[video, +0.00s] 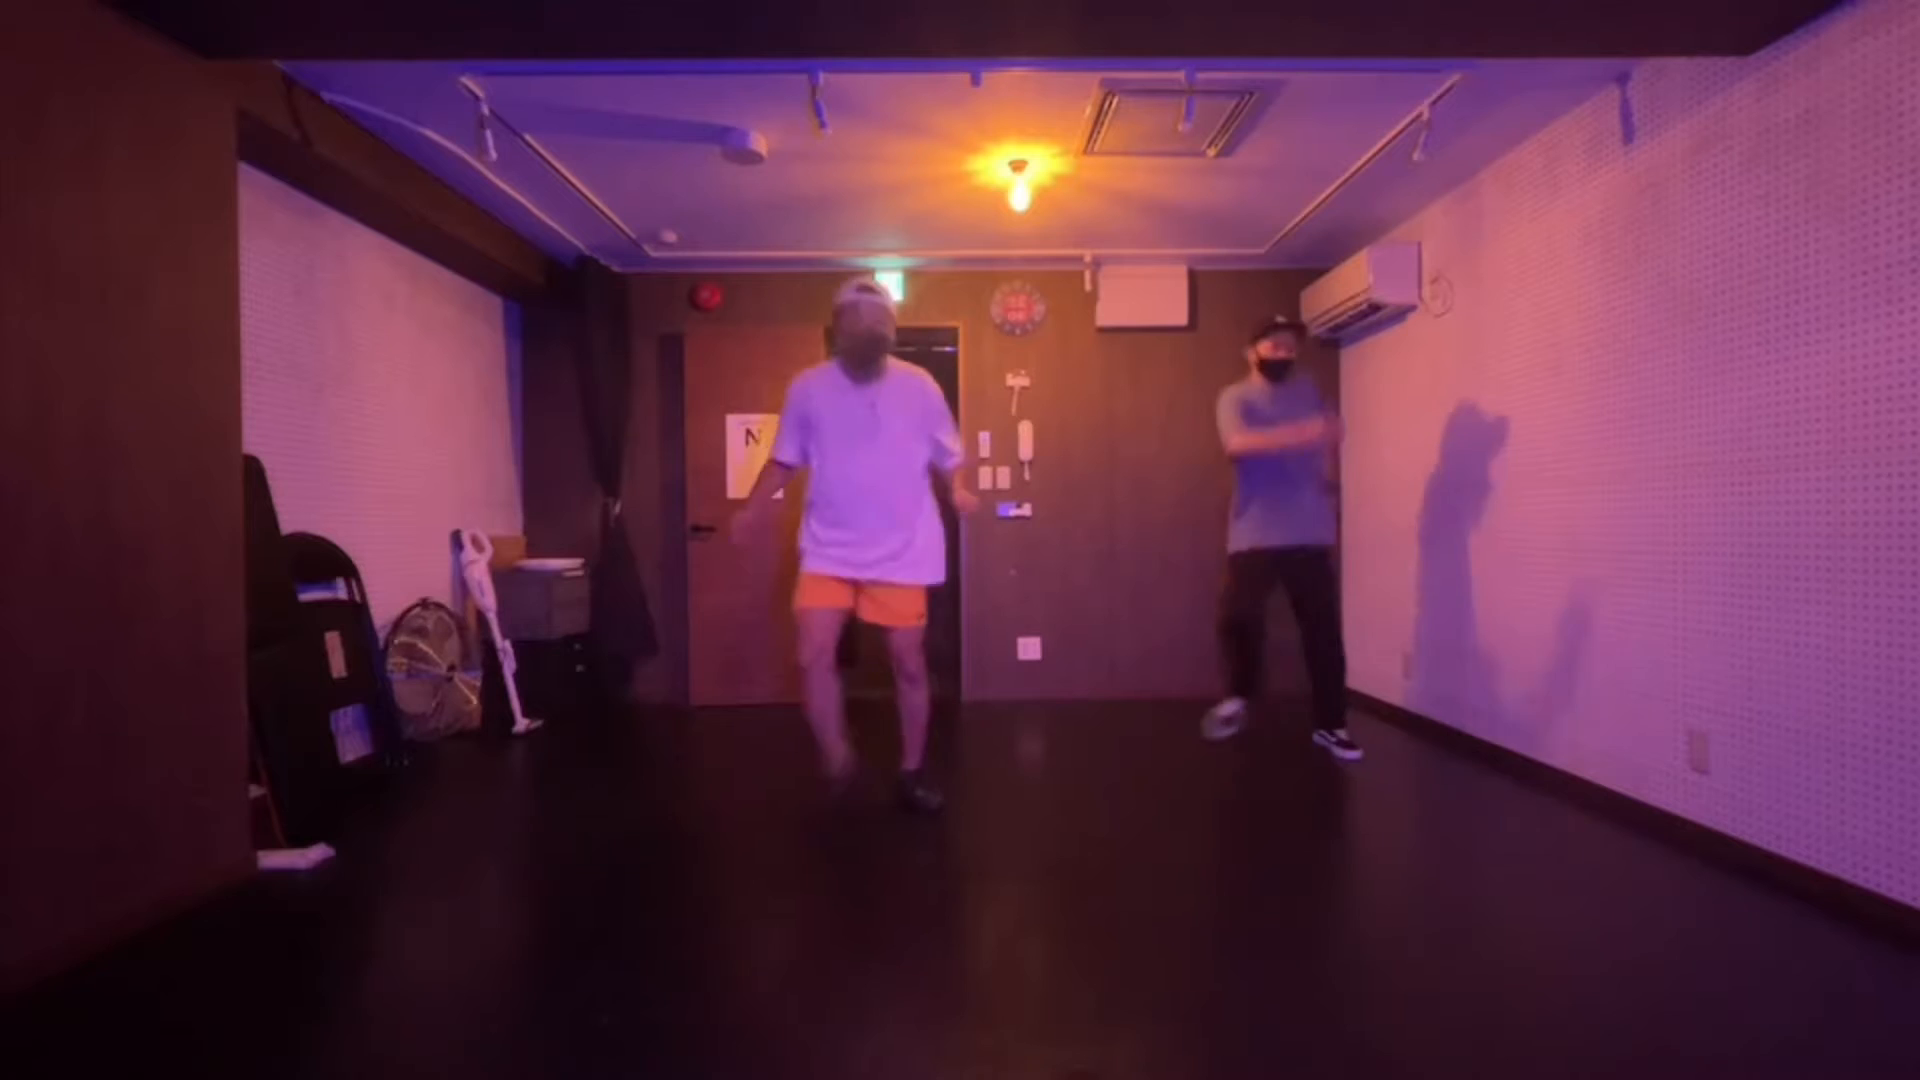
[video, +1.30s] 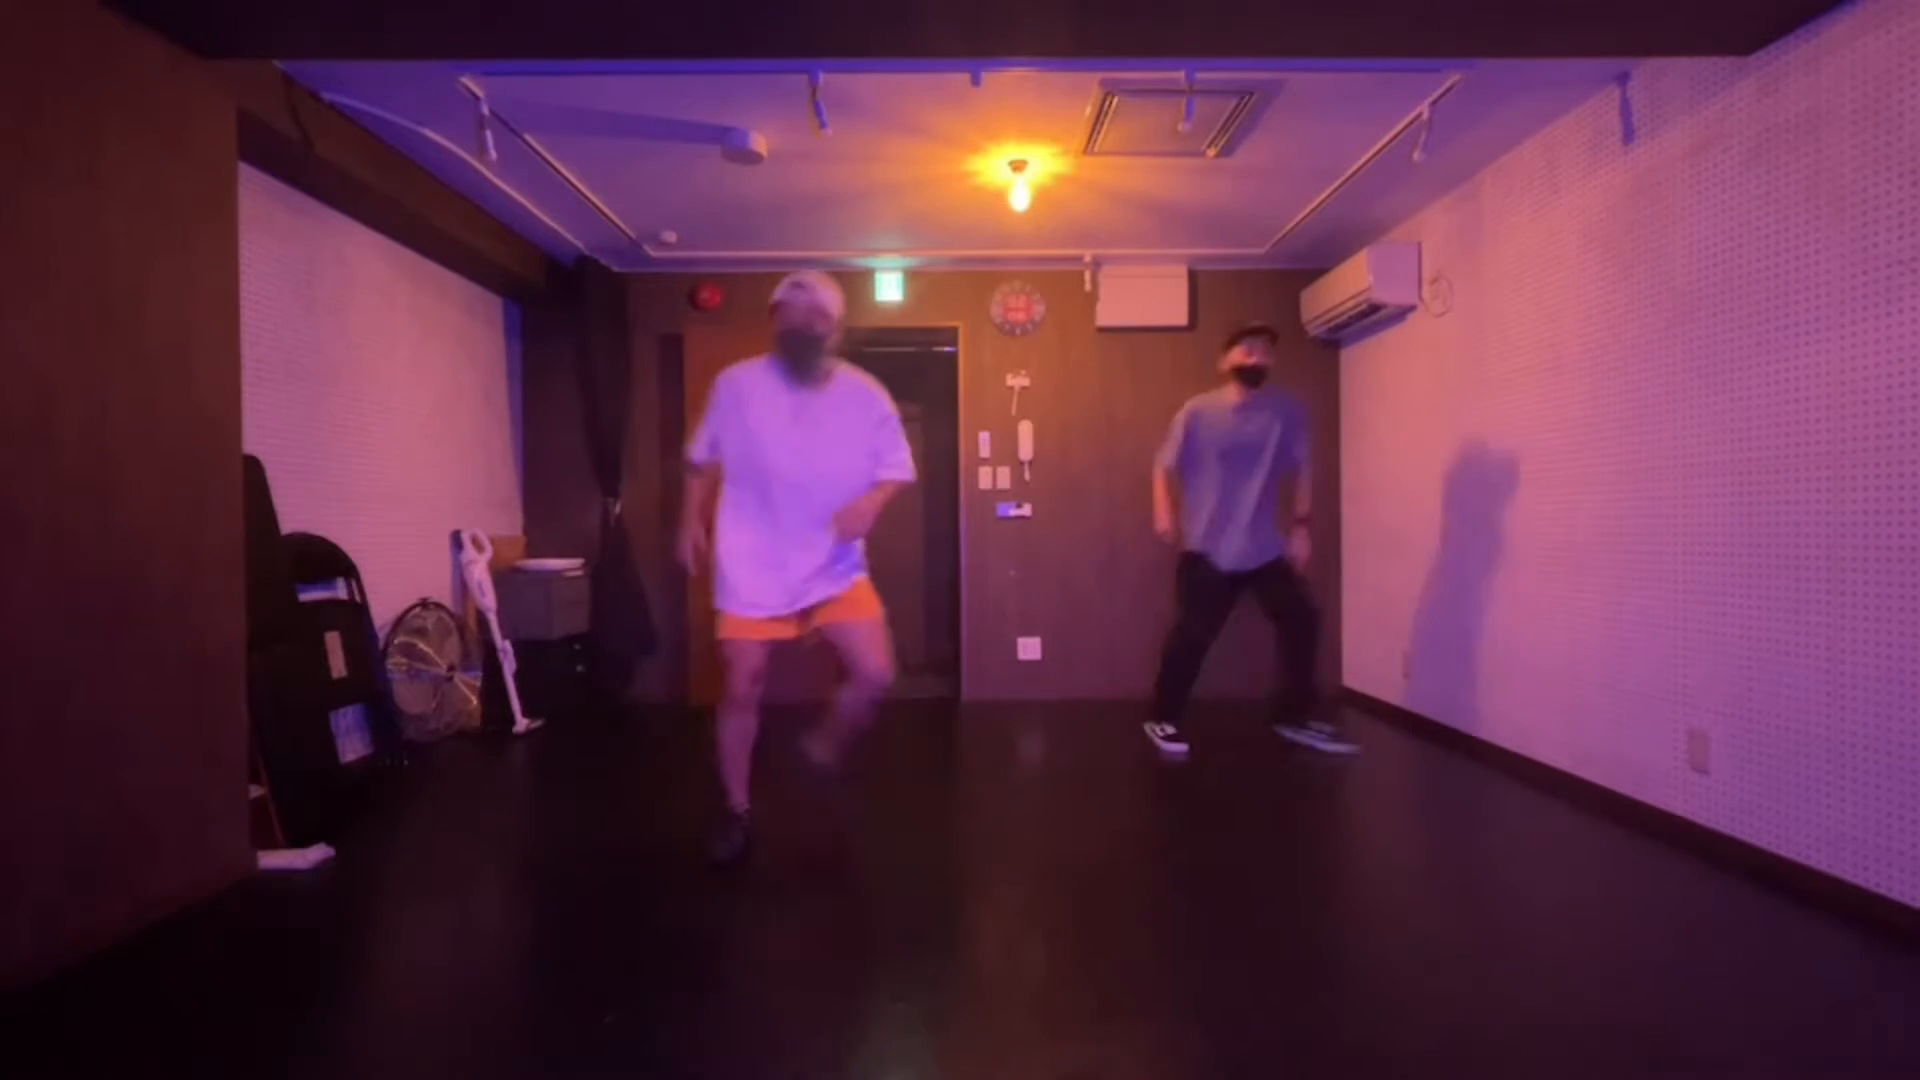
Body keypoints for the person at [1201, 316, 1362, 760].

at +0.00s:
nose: (1280, 352)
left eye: (1287, 344)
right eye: (1272, 343)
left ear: (1297, 350)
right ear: (1253, 350)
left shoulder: (1307, 395)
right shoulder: (1236, 397)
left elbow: (1326, 451)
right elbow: (1235, 443)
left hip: (1308, 534)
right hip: (1254, 537)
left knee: (1323, 633)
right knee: (1237, 618)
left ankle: (1330, 723)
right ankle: (1238, 698)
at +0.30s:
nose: (1248, 359)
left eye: (1256, 352)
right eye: (1240, 351)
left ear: (1266, 358)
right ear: (1220, 358)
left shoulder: (1273, 396)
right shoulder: (1204, 394)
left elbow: (1286, 453)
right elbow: (1212, 427)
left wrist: (1294, 491)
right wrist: (1287, 410)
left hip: (1264, 545)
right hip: (1211, 546)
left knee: (1295, 641)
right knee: (1201, 642)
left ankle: (1320, 723)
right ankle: (1185, 725)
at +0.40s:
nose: (1242, 376)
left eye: (1249, 368)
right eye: (1233, 368)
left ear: (1258, 372)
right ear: (1216, 372)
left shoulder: (1267, 417)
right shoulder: (1194, 413)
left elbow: (1274, 481)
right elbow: (1185, 466)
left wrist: (1274, 538)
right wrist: (1263, 453)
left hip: (1249, 551)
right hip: (1194, 551)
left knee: (1283, 639)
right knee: (1182, 642)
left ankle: (1299, 717)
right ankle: (1163, 723)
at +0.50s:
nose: (1225, 408)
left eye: (1231, 399)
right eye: (1216, 399)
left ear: (1240, 404)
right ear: (1198, 405)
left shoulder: (1251, 449)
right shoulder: (1174, 451)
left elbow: (1259, 502)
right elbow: (1146, 512)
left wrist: (1248, 539)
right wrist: (1206, 521)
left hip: (1226, 568)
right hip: (1178, 569)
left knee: (1250, 631)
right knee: (1187, 646)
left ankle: (1252, 708)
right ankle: (1161, 723)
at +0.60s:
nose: (1210, 406)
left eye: (1217, 396)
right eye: (1201, 397)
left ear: (1227, 401)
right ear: (1183, 405)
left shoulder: (1243, 446)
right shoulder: (1164, 453)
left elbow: (1253, 499)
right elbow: (1132, 507)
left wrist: (1230, 532)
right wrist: (1165, 540)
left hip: (1223, 571)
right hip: (1176, 570)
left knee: (1234, 644)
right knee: (1181, 650)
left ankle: (1217, 701)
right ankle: (1163, 723)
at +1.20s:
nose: (1222, 382)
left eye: (1229, 374)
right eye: (1213, 374)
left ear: (1241, 383)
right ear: (1196, 383)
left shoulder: (1259, 436)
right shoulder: (1173, 439)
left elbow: (1273, 501)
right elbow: (1149, 496)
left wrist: (1267, 557)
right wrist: (1148, 543)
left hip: (1237, 558)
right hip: (1186, 557)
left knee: (1256, 629)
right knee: (1189, 638)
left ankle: (1222, 687)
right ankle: (1159, 721)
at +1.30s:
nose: (1255, 359)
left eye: (1263, 352)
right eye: (1246, 350)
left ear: (1273, 362)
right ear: (1226, 358)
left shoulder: (1285, 413)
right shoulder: (1198, 411)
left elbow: (1302, 472)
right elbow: (1164, 465)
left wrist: (1301, 528)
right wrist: (1164, 514)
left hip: (1262, 550)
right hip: (1207, 550)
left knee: (1301, 618)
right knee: (1192, 635)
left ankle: (1294, 717)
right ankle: (1163, 719)